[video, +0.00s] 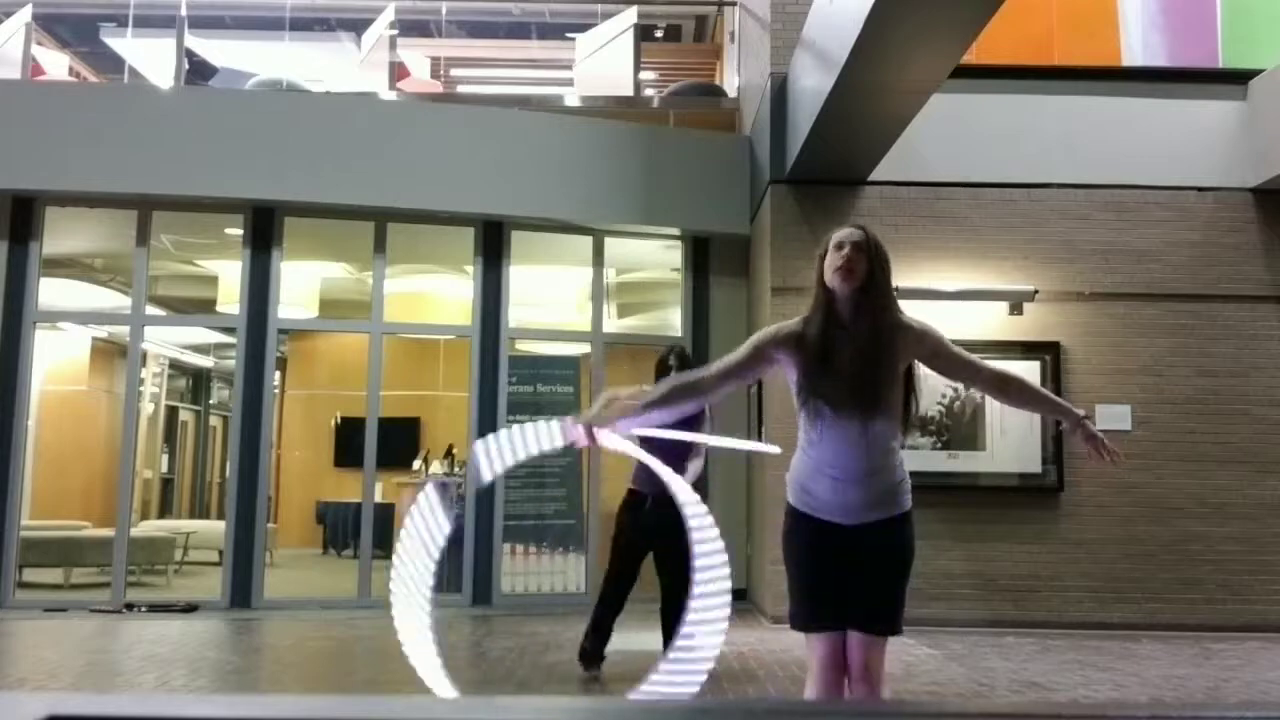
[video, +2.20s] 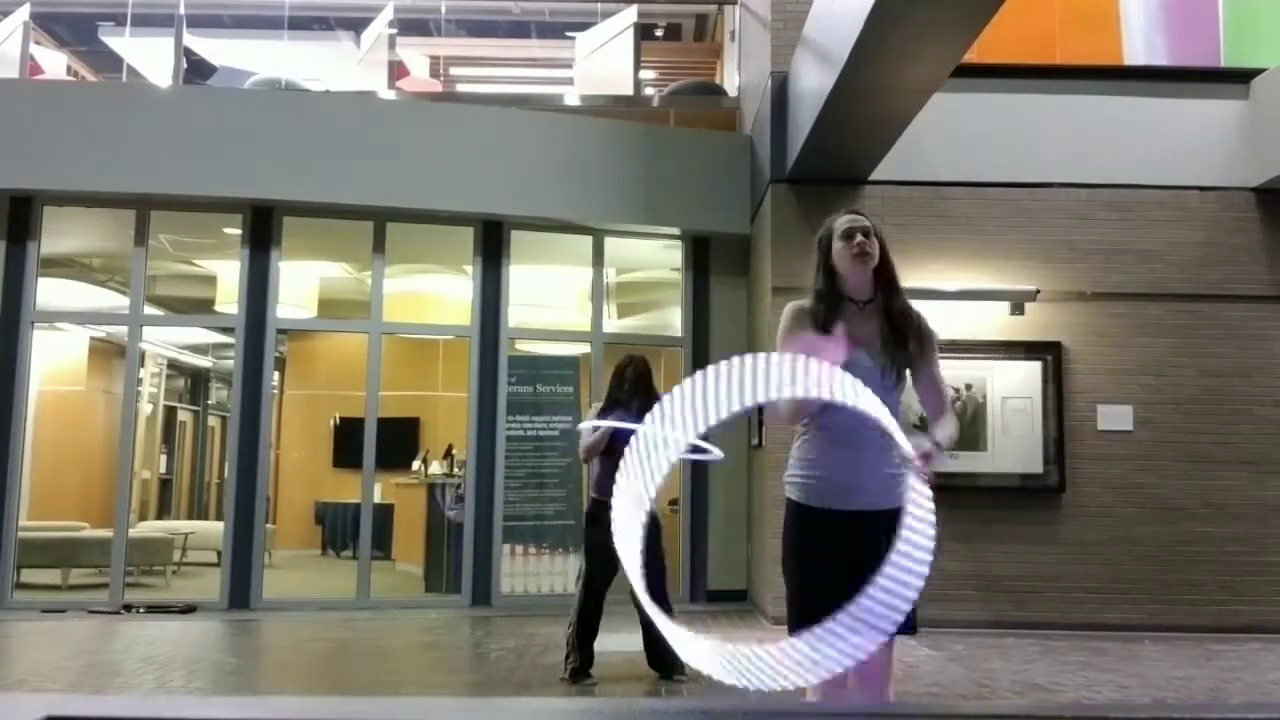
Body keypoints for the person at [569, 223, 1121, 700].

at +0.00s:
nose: (847, 256)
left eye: (859, 250)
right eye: (838, 249)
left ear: (876, 270)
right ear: (821, 267)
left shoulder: (902, 336)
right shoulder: (791, 341)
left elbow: (981, 377)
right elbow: (704, 381)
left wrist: (1069, 415)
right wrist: (621, 412)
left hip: (883, 515)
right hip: (814, 514)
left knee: (867, 667)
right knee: (828, 664)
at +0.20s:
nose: (849, 231)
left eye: (861, 230)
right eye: (839, 230)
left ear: (879, 255)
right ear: (823, 257)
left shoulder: (905, 315)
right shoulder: (796, 315)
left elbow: (998, 345)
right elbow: (695, 328)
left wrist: (1076, 373)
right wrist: (605, 333)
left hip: (883, 508)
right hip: (812, 507)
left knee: (870, 673)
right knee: (827, 670)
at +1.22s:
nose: (884, 279)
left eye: (885, 276)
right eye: (873, 271)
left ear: (881, 293)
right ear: (842, 278)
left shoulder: (903, 338)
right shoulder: (806, 322)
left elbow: (991, 364)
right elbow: (709, 310)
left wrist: (1013, 325)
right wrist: (621, 302)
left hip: (903, 514)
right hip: (831, 512)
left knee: (887, 670)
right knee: (841, 670)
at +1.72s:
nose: (889, 246)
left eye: (887, 239)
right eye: (877, 240)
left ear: (878, 259)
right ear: (848, 254)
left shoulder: (904, 322)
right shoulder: (808, 312)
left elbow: (986, 358)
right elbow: (727, 330)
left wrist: (1065, 358)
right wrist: (649, 335)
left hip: (890, 506)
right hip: (822, 506)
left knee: (877, 672)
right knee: (837, 673)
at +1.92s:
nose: (873, 239)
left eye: (874, 233)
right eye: (859, 233)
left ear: (877, 252)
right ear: (829, 252)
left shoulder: (904, 324)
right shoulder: (795, 318)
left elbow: (982, 375)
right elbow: (724, 359)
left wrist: (1063, 415)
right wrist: (694, 360)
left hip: (883, 507)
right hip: (815, 507)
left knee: (872, 667)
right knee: (828, 672)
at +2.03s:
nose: (866, 241)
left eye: (870, 234)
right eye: (852, 234)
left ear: (877, 253)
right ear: (824, 253)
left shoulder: (905, 323)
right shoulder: (797, 318)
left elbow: (971, 393)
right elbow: (750, 375)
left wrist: (1033, 460)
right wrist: (739, 375)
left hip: (883, 508)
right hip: (816, 508)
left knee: (874, 666)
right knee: (830, 667)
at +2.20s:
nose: (861, 239)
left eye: (869, 233)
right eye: (848, 235)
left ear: (881, 252)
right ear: (828, 256)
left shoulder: (908, 325)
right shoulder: (803, 317)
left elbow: (944, 416)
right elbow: (782, 412)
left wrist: (931, 442)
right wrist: (816, 373)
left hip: (885, 500)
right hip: (815, 499)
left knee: (875, 652)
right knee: (820, 654)